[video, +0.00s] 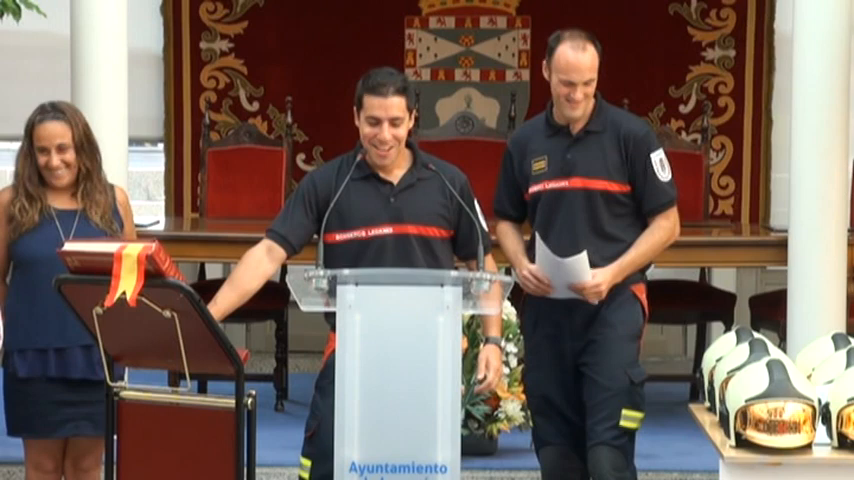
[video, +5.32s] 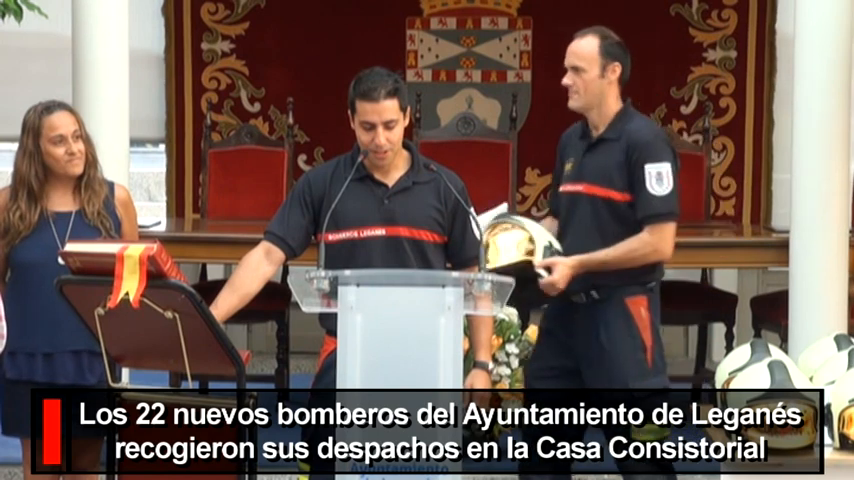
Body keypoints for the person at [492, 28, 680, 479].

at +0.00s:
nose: (577, 95)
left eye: (586, 84)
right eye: (567, 83)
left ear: (598, 78)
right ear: (546, 73)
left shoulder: (632, 135)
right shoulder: (524, 141)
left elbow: (668, 223)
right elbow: (504, 219)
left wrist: (613, 273)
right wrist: (520, 264)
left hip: (612, 306)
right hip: (545, 309)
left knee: (606, 448)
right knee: (556, 451)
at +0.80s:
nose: (629, 85)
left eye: (642, 74)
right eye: (623, 72)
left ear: (666, 74)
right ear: (614, 71)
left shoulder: (701, 141)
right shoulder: (591, 139)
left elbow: (730, 233)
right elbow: (570, 216)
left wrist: (665, 274)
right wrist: (579, 256)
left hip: (667, 316)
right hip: (597, 313)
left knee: (671, 454)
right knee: (581, 454)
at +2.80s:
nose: (669, 86)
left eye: (681, 76)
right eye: (662, 74)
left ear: (705, 77)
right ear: (654, 74)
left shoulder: (737, 145)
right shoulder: (633, 140)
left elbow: (764, 242)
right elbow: (611, 218)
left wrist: (691, 280)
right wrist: (616, 258)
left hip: (697, 333)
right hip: (630, 328)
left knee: (693, 467)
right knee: (607, 464)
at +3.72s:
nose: (687, 99)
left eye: (696, 88)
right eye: (677, 87)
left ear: (709, 83)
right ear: (659, 80)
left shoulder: (741, 145)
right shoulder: (627, 142)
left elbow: (772, 229)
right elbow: (608, 223)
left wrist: (758, 287)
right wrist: (625, 287)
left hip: (706, 315)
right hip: (634, 311)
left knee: (696, 448)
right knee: (609, 442)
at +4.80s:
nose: (633, 116)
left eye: (643, 104)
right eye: (625, 105)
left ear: (669, 93)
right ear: (616, 98)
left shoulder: (715, 147)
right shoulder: (599, 154)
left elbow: (758, 222)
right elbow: (581, 232)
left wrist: (709, 259)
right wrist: (595, 295)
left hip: (693, 320)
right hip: (618, 320)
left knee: (691, 451)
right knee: (599, 450)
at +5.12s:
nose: (596, 90)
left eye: (607, 78)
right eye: (594, 79)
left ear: (642, 77)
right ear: (596, 80)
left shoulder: (688, 142)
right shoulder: (590, 142)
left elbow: (720, 238)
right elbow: (579, 228)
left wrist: (640, 263)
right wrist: (556, 258)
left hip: (661, 314)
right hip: (596, 312)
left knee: (669, 456)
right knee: (560, 450)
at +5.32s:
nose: (565, 80)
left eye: (576, 71)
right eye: (565, 70)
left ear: (612, 73)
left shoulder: (646, 140)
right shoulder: (570, 140)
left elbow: (660, 242)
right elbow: (563, 218)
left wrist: (576, 264)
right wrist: (527, 240)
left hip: (621, 312)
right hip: (564, 311)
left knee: (639, 451)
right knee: (542, 446)